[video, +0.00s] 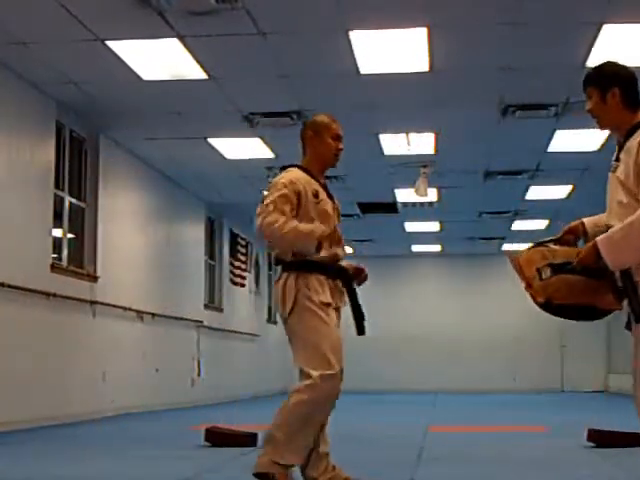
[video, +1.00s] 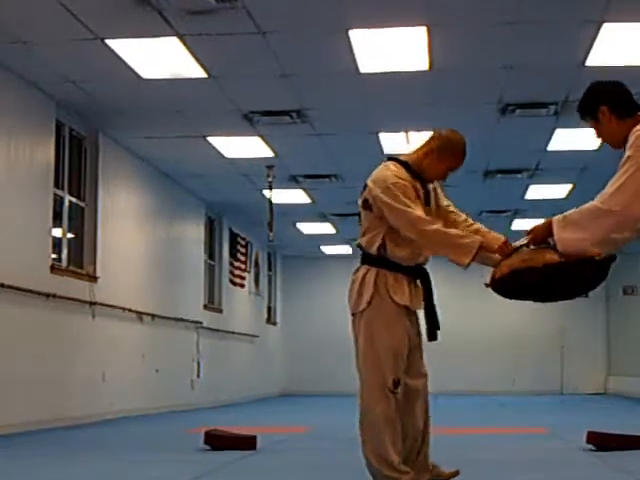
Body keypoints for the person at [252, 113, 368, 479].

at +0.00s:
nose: (340, 147)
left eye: (341, 141)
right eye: (334, 139)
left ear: (325, 145)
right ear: (310, 140)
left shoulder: (322, 192)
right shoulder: (291, 179)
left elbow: (320, 251)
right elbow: (270, 224)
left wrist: (346, 270)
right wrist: (319, 236)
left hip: (327, 289)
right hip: (305, 286)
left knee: (319, 379)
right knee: (325, 376)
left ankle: (317, 467)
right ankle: (272, 463)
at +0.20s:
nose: (362, 148)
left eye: (363, 142)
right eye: (356, 140)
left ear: (349, 145)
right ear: (331, 141)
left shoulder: (345, 196)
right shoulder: (311, 177)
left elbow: (367, 238)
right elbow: (311, 189)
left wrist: (409, 246)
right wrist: (365, 185)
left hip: (339, 290)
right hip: (320, 288)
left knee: (322, 385)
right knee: (345, 383)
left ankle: (316, 469)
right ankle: (374, 470)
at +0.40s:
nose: (382, 150)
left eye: (383, 143)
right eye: (376, 142)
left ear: (363, 144)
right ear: (353, 142)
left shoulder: (364, 193)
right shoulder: (332, 184)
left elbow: (403, 225)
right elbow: (375, 213)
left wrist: (457, 233)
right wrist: (424, 213)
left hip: (358, 291)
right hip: (340, 290)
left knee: (339, 386)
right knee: (364, 388)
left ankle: (318, 467)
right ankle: (393, 471)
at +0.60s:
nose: (412, 178)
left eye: (417, 172)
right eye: (413, 169)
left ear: (410, 165)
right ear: (397, 155)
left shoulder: (390, 188)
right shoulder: (357, 184)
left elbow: (435, 210)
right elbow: (402, 218)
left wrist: (486, 225)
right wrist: (464, 232)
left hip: (378, 289)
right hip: (354, 288)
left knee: (379, 384)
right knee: (369, 386)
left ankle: (332, 464)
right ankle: (390, 472)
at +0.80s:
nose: (430, 185)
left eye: (435, 181)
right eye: (431, 177)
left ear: (432, 168)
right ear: (419, 159)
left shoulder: (415, 188)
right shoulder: (377, 181)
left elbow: (447, 215)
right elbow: (419, 223)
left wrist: (491, 233)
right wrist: (482, 240)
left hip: (394, 288)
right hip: (366, 286)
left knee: (404, 376)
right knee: (373, 379)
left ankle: (385, 463)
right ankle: (385, 469)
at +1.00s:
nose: (447, 176)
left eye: (451, 170)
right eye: (448, 168)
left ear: (437, 155)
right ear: (433, 152)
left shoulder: (424, 186)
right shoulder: (388, 179)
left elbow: (455, 219)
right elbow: (421, 230)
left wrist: (501, 244)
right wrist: (484, 253)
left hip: (405, 289)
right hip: (379, 288)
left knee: (413, 381)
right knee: (383, 383)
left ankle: (417, 464)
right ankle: (388, 469)